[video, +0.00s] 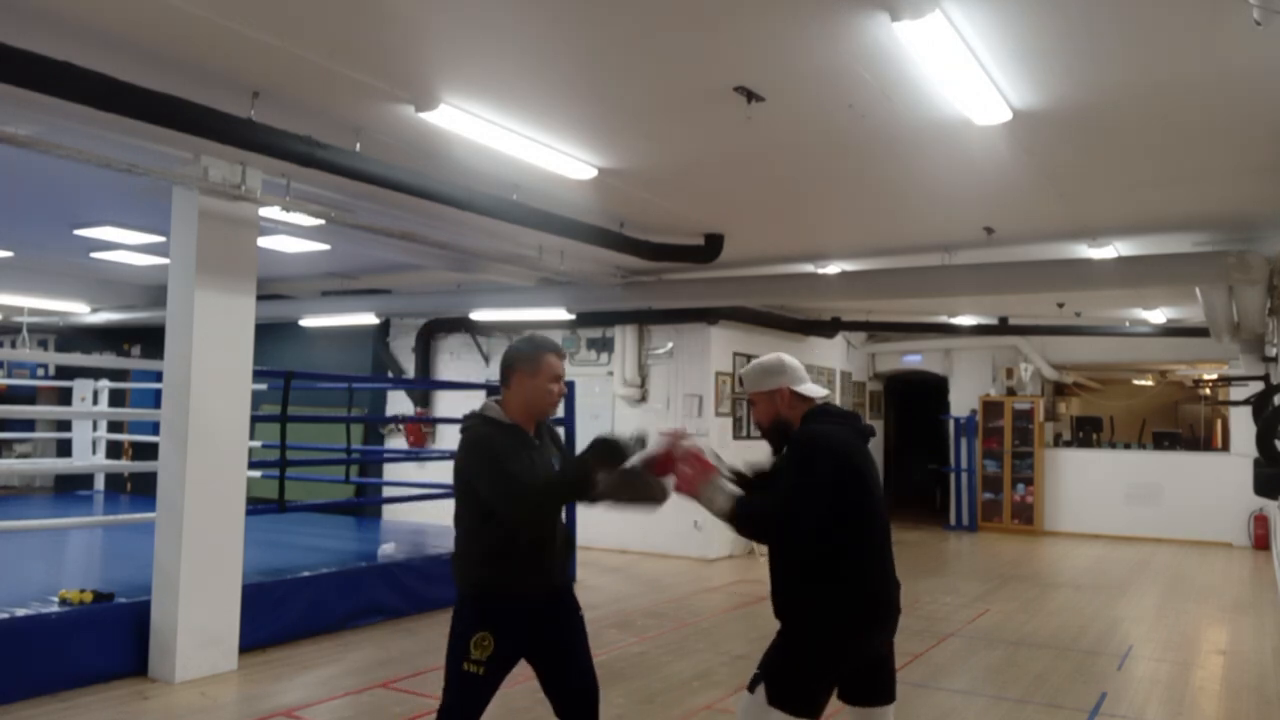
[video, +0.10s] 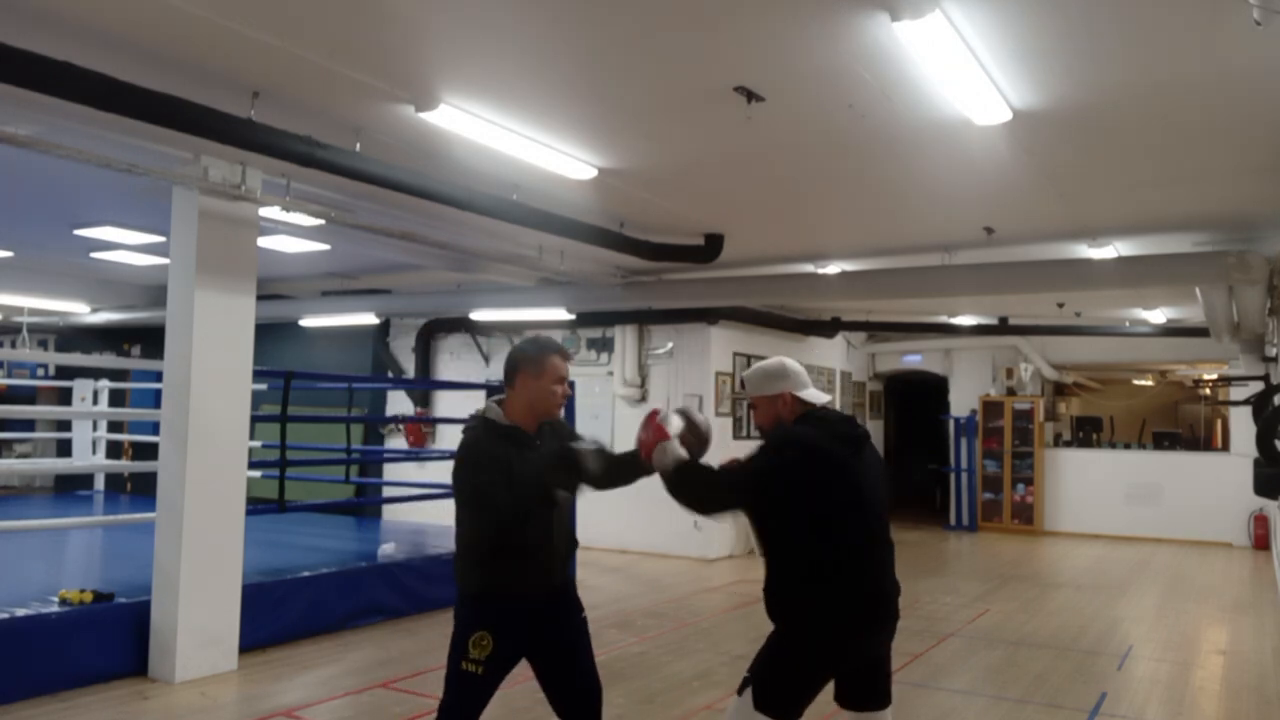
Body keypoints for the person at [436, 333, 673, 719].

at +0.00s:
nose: (562, 391)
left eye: (563, 382)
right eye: (554, 381)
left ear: (522, 381)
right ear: (517, 379)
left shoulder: (547, 438)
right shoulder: (482, 438)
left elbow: (573, 485)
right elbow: (527, 499)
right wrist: (586, 463)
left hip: (549, 600)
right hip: (490, 603)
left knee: (581, 706)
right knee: (459, 711)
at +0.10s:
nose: (566, 393)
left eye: (567, 384)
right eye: (558, 382)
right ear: (521, 381)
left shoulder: (556, 436)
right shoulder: (481, 441)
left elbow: (601, 470)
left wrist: (650, 454)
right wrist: (557, 468)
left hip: (552, 601)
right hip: (491, 604)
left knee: (583, 707)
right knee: (458, 712)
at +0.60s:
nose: (575, 392)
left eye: (576, 384)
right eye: (567, 383)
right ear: (531, 382)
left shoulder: (581, 430)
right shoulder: (487, 450)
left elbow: (639, 433)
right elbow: (499, 534)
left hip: (561, 599)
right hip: (498, 604)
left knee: (595, 706)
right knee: (462, 712)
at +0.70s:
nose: (576, 393)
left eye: (577, 383)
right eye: (568, 382)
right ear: (533, 381)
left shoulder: (574, 433)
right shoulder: (488, 446)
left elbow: (625, 452)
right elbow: (492, 519)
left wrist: (673, 455)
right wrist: (532, 437)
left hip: (559, 598)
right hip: (499, 602)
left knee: (592, 706)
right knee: (464, 712)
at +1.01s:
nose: (571, 393)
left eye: (572, 384)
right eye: (563, 383)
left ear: (532, 383)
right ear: (526, 381)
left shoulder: (555, 434)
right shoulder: (489, 439)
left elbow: (582, 494)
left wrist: (607, 474)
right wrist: (583, 476)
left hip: (553, 598)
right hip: (495, 602)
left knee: (586, 704)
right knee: (462, 711)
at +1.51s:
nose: (608, 379)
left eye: (609, 370)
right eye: (599, 369)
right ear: (562, 368)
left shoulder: (605, 423)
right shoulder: (519, 432)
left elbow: (656, 442)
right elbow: (505, 511)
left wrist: (718, 449)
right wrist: (575, 492)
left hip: (584, 591)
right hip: (523, 593)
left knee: (601, 706)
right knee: (476, 707)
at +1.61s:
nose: (610, 379)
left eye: (611, 370)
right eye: (601, 368)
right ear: (565, 367)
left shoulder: (608, 419)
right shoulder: (518, 435)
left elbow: (669, 409)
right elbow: (510, 517)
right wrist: (579, 499)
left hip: (583, 590)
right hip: (522, 592)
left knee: (602, 708)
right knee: (481, 709)